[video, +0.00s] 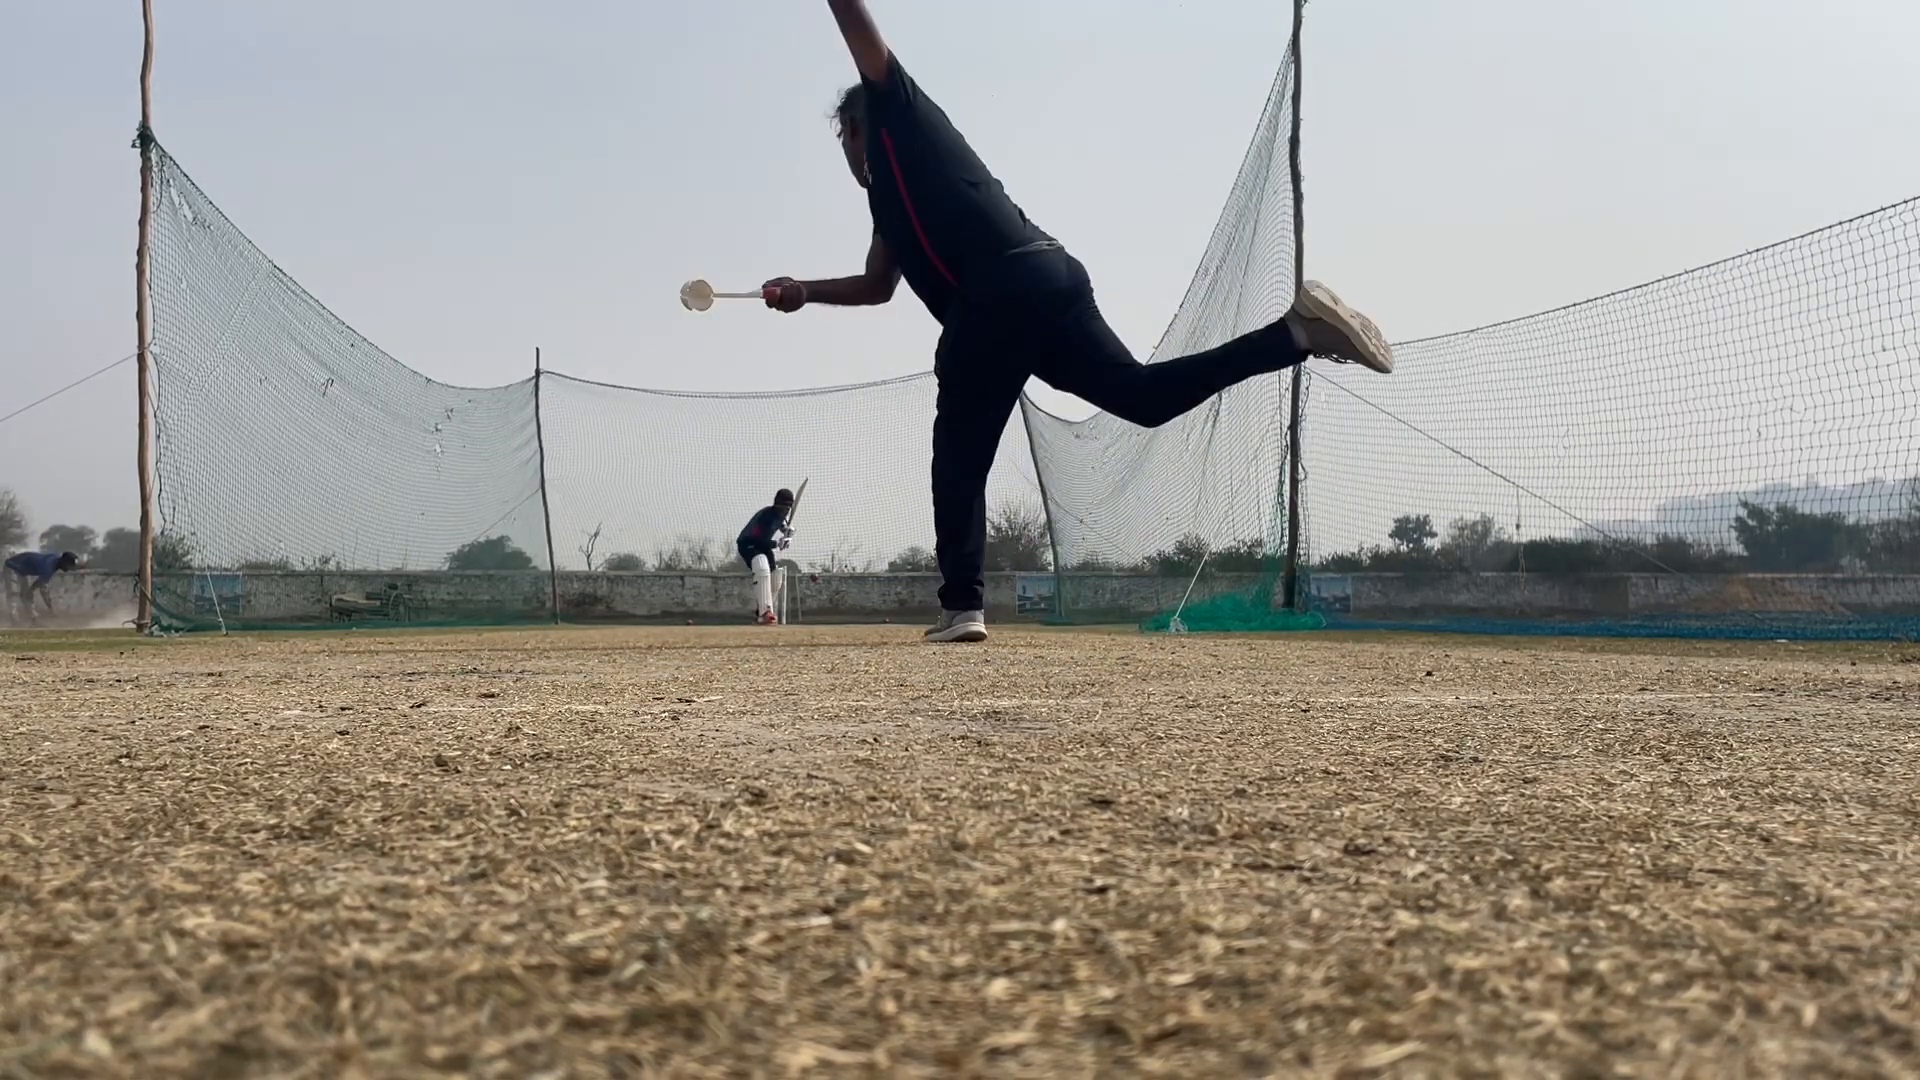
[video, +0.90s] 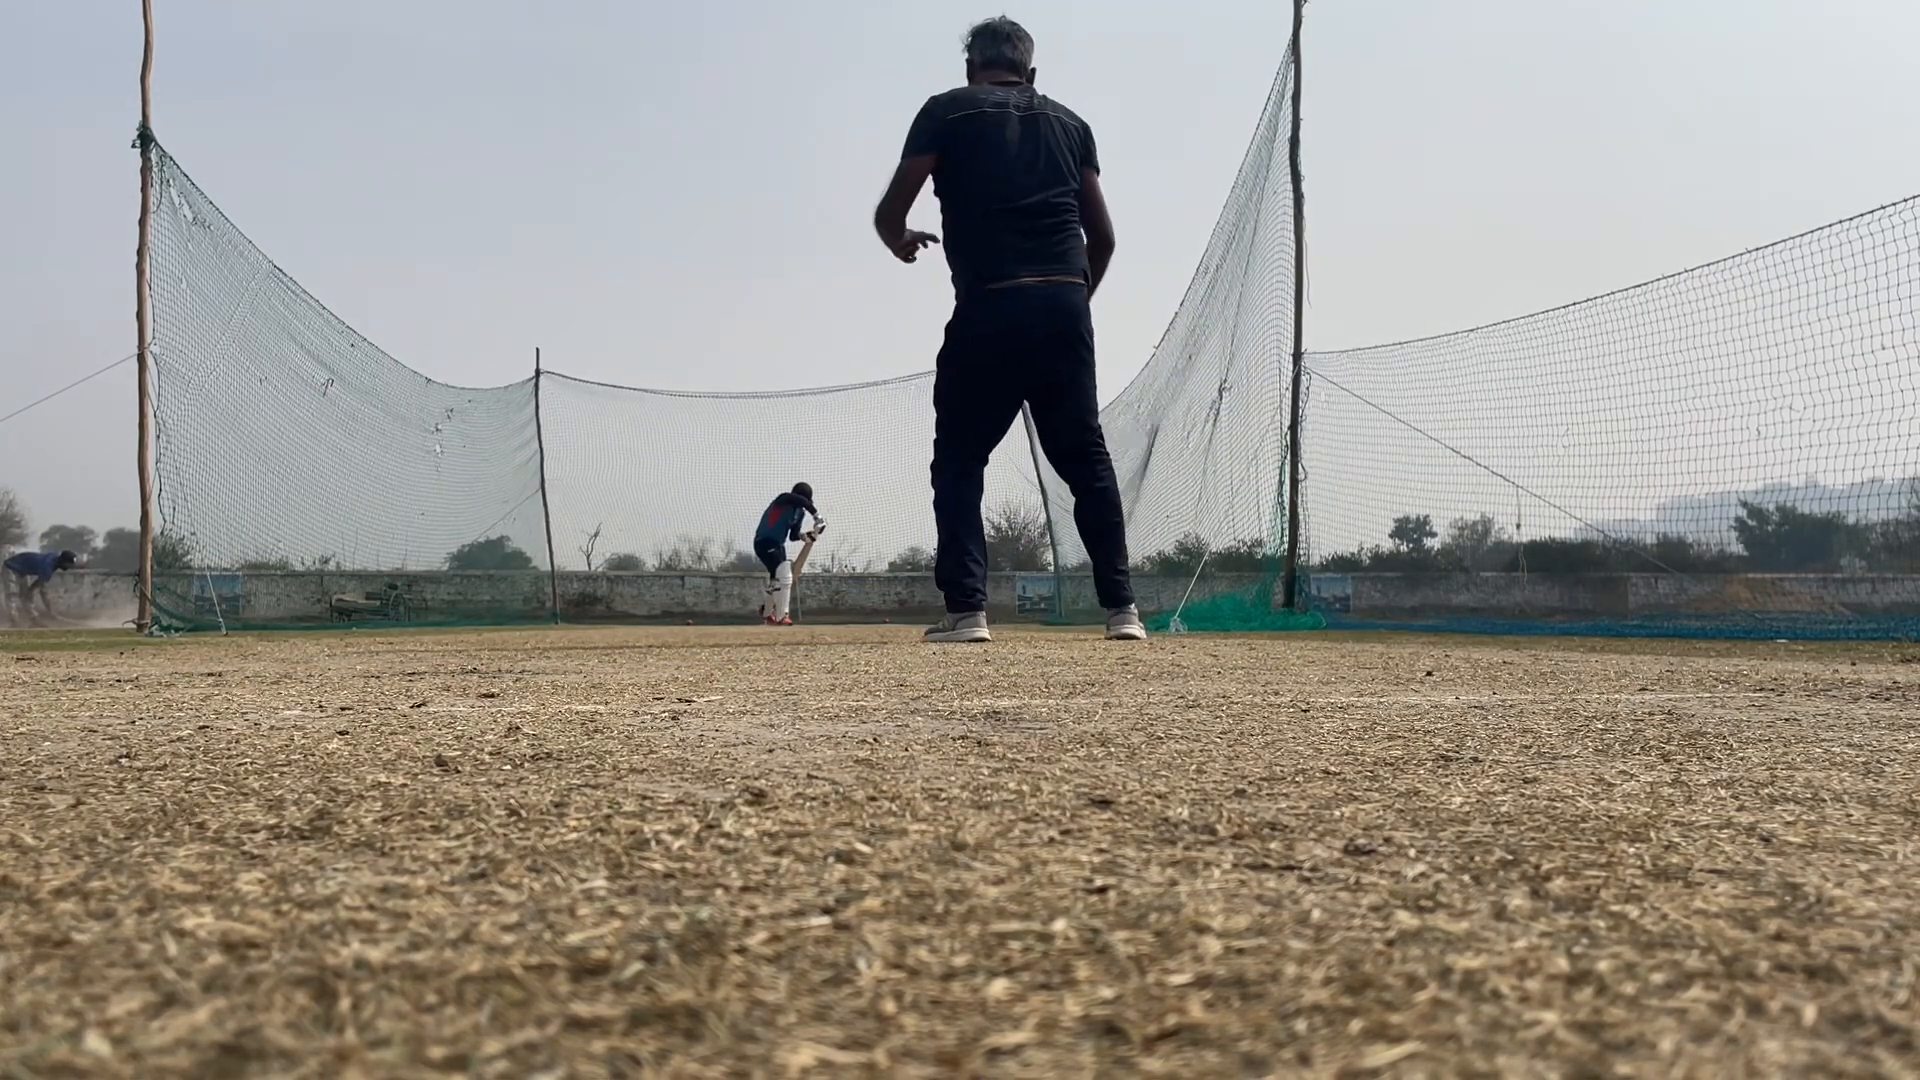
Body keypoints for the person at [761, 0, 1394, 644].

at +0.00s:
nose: (847, 156)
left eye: (846, 140)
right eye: (843, 146)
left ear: (864, 121)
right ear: (869, 137)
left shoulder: (896, 105)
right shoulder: (891, 204)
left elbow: (850, 11)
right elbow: (874, 287)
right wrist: (802, 291)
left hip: (994, 302)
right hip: (1046, 283)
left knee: (959, 466)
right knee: (1144, 399)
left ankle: (962, 612)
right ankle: (1298, 333)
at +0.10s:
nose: (857, 109)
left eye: (862, 96)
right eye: (863, 107)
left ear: (884, 88)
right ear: (918, 104)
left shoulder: (897, 96)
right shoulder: (922, 182)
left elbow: (798, 76)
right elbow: (899, 279)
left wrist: (748, 71)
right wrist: (809, 303)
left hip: (991, 295)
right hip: (1049, 281)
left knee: (954, 457)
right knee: (1133, 396)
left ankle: (964, 611)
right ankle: (1303, 373)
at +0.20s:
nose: (873, 87)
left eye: (876, 79)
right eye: (881, 79)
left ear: (883, 76)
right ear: (936, 82)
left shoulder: (878, 102)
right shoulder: (962, 127)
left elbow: (824, 194)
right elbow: (964, 261)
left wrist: (783, 255)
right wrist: (886, 322)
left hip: (984, 298)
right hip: (1048, 279)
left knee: (945, 458)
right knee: (1108, 403)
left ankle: (965, 611)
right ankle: (1258, 468)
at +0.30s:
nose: (882, 89)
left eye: (881, 80)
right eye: (886, 81)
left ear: (886, 77)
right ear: (943, 74)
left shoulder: (882, 117)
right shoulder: (981, 117)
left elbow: (870, 234)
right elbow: (995, 217)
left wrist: (855, 342)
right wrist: (952, 306)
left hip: (975, 301)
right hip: (1044, 285)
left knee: (939, 454)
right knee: (1090, 419)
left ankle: (965, 611)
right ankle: (1161, 563)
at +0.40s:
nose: (893, 87)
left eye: (892, 78)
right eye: (895, 80)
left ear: (900, 76)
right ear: (954, 72)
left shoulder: (898, 119)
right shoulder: (1001, 115)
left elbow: (918, 187)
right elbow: (1064, 210)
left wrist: (924, 268)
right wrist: (1052, 277)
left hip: (969, 308)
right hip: (1035, 300)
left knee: (938, 459)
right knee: (1062, 445)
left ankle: (965, 613)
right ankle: (1115, 603)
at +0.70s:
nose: (938, 77)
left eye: (939, 68)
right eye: (943, 70)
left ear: (946, 65)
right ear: (1003, 68)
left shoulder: (933, 109)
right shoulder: (1043, 121)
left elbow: (919, 207)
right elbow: (1072, 238)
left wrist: (882, 313)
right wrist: (1033, 292)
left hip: (973, 316)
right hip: (1048, 313)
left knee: (946, 462)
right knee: (1075, 457)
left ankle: (965, 614)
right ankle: (1121, 608)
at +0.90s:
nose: (973, 76)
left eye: (972, 67)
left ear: (970, 66)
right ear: (1031, 70)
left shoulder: (945, 110)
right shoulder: (1069, 123)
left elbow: (889, 215)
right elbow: (1101, 237)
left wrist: (901, 243)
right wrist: (1076, 297)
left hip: (987, 311)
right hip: (1066, 310)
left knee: (958, 460)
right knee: (1086, 456)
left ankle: (966, 613)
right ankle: (1122, 610)